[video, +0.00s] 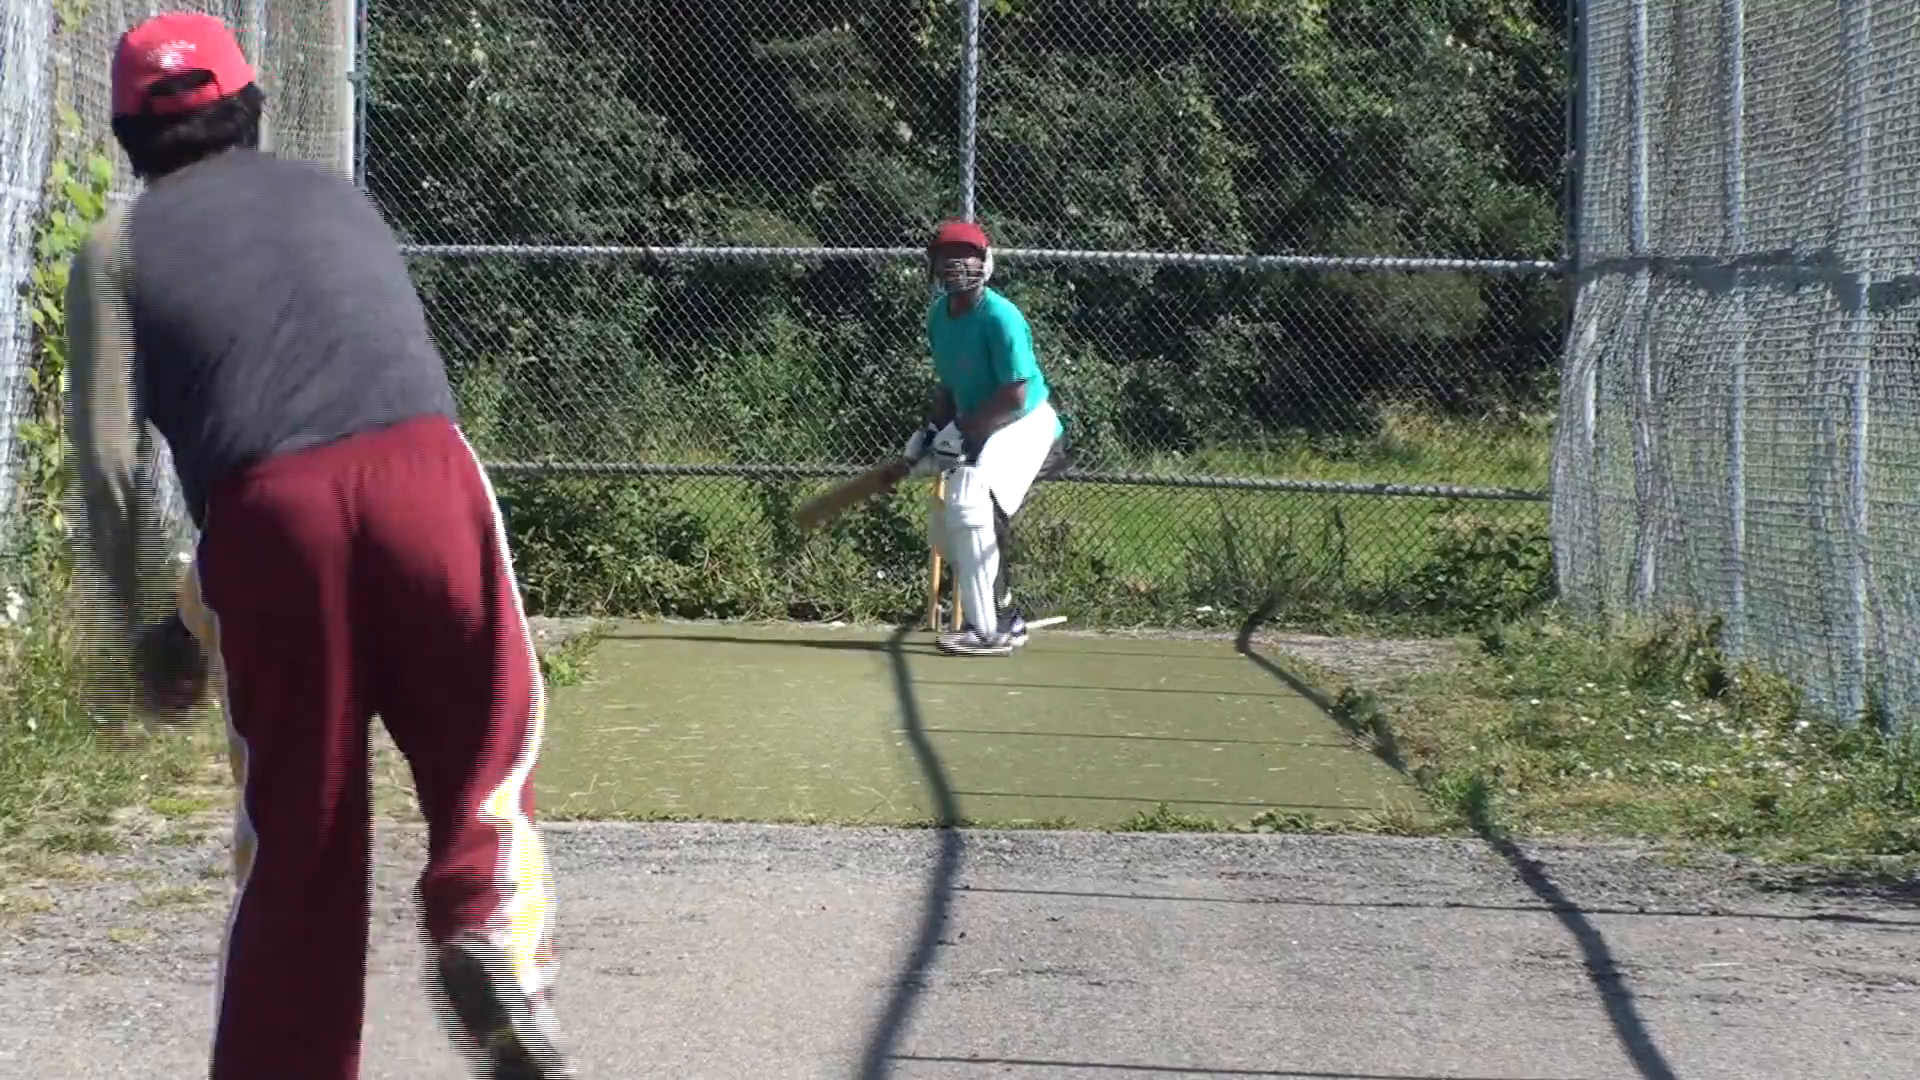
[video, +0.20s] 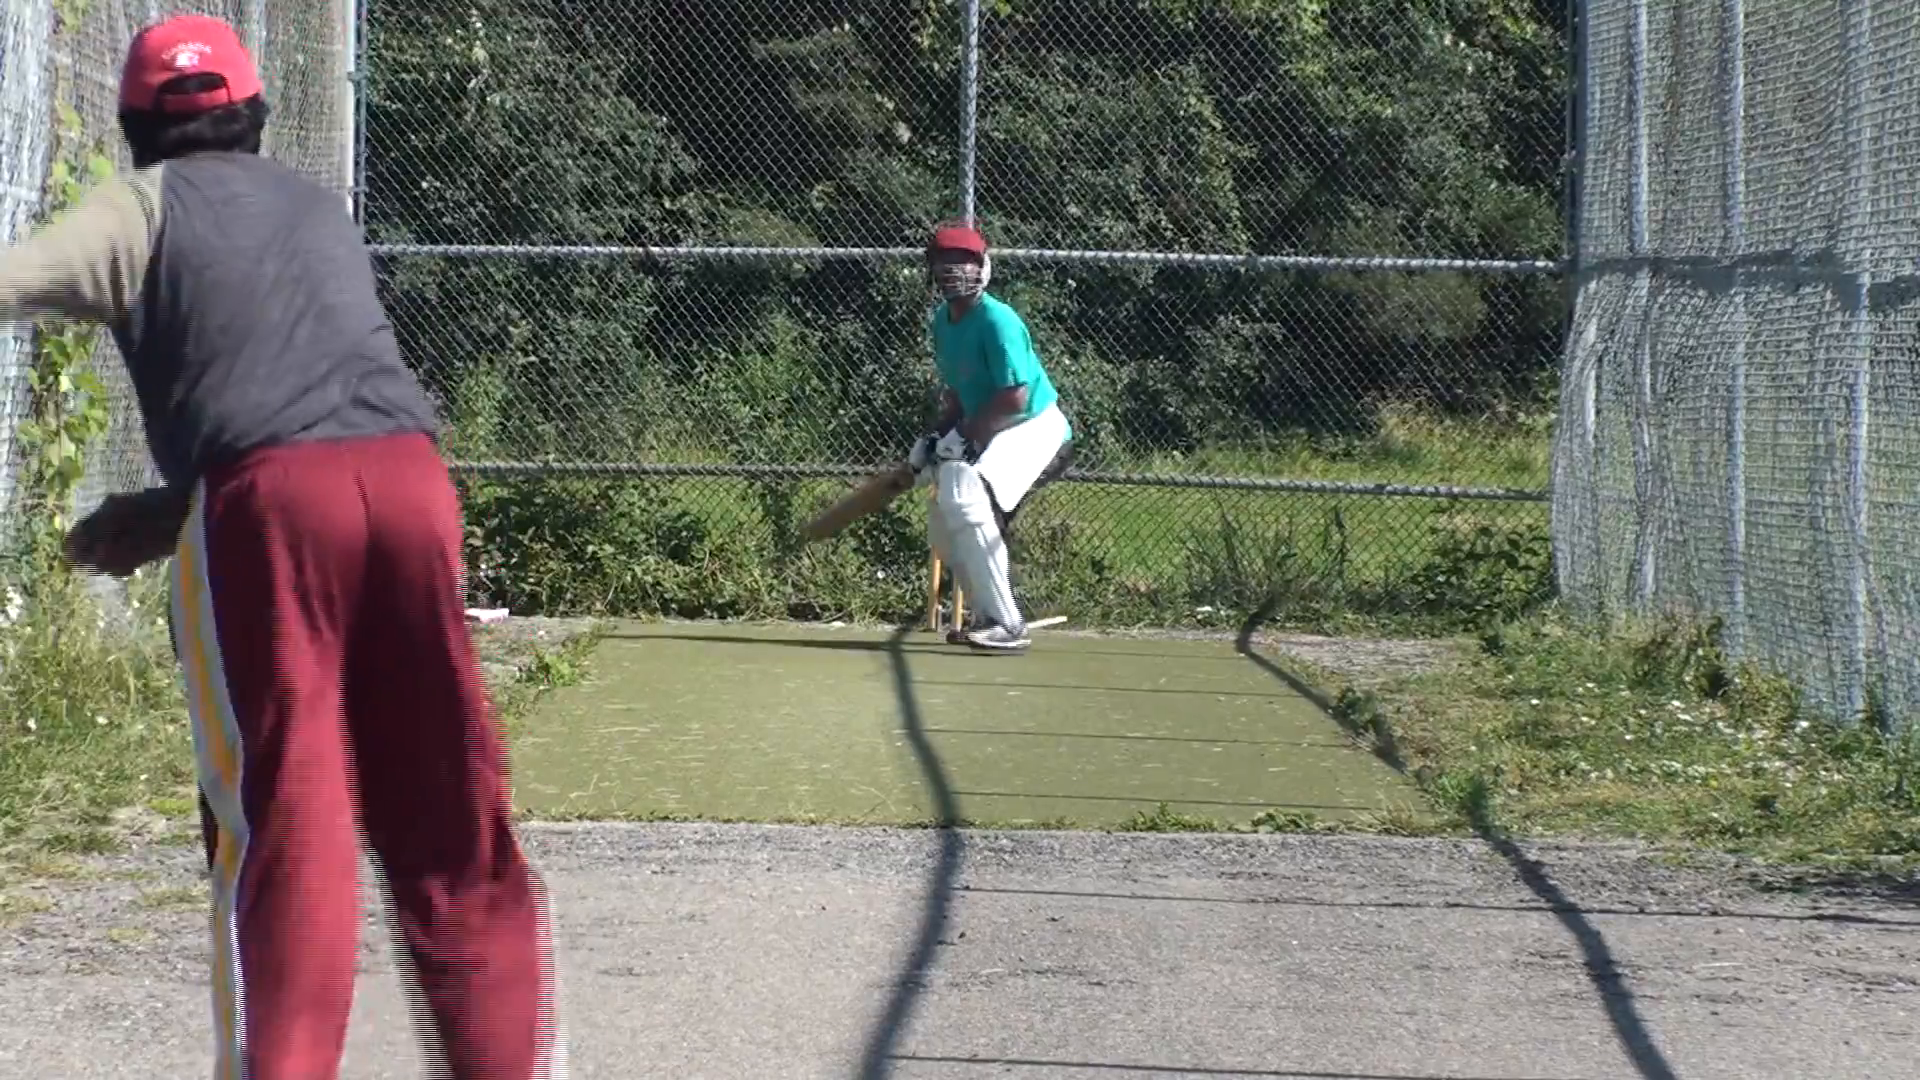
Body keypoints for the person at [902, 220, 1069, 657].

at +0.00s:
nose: (957, 268)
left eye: (967, 259)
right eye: (948, 260)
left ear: (984, 265)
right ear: (935, 268)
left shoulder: (1001, 318)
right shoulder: (938, 316)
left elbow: (1014, 397)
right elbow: (949, 387)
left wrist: (961, 434)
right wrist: (931, 432)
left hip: (1022, 423)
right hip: (977, 424)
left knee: (968, 505)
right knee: (946, 513)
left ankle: (985, 628)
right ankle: (1002, 614)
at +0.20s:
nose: (955, 270)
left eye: (966, 261)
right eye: (946, 262)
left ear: (982, 270)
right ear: (933, 271)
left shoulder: (997, 320)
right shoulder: (941, 322)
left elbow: (1013, 399)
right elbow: (957, 393)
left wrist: (966, 436)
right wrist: (932, 439)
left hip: (1033, 424)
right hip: (987, 427)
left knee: (965, 491)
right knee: (942, 505)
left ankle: (1006, 621)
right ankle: (984, 613)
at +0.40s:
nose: (953, 252)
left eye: (964, 243)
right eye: (944, 244)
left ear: (981, 250)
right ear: (933, 252)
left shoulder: (990, 300)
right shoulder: (950, 296)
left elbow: (987, 381)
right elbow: (964, 369)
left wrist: (944, 403)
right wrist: (946, 402)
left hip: (1037, 400)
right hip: (1002, 404)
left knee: (987, 502)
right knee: (975, 502)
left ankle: (1011, 627)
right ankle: (1005, 613)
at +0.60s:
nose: (952, 257)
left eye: (962, 247)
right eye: (942, 248)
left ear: (978, 252)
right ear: (928, 256)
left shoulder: (977, 307)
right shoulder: (956, 290)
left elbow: (961, 374)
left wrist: (935, 364)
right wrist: (944, 352)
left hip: (1041, 394)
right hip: (1012, 396)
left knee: (984, 498)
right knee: (988, 502)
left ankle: (1023, 627)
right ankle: (1019, 615)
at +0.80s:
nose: (936, 284)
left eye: (947, 273)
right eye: (926, 276)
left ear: (964, 274)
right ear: (915, 280)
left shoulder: (976, 326)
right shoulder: (940, 315)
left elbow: (957, 398)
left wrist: (936, 388)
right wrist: (948, 397)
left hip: (1041, 406)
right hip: (1003, 414)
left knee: (1003, 506)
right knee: (1000, 518)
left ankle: (1017, 626)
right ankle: (1010, 627)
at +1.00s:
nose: (913, 274)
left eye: (918, 260)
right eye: (903, 269)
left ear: (939, 243)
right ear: (898, 272)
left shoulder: (979, 257)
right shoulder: (916, 319)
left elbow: (980, 310)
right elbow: (935, 380)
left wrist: (961, 355)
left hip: (1036, 392)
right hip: (983, 410)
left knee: (1021, 509)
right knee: (982, 508)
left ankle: (1011, 632)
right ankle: (1037, 593)